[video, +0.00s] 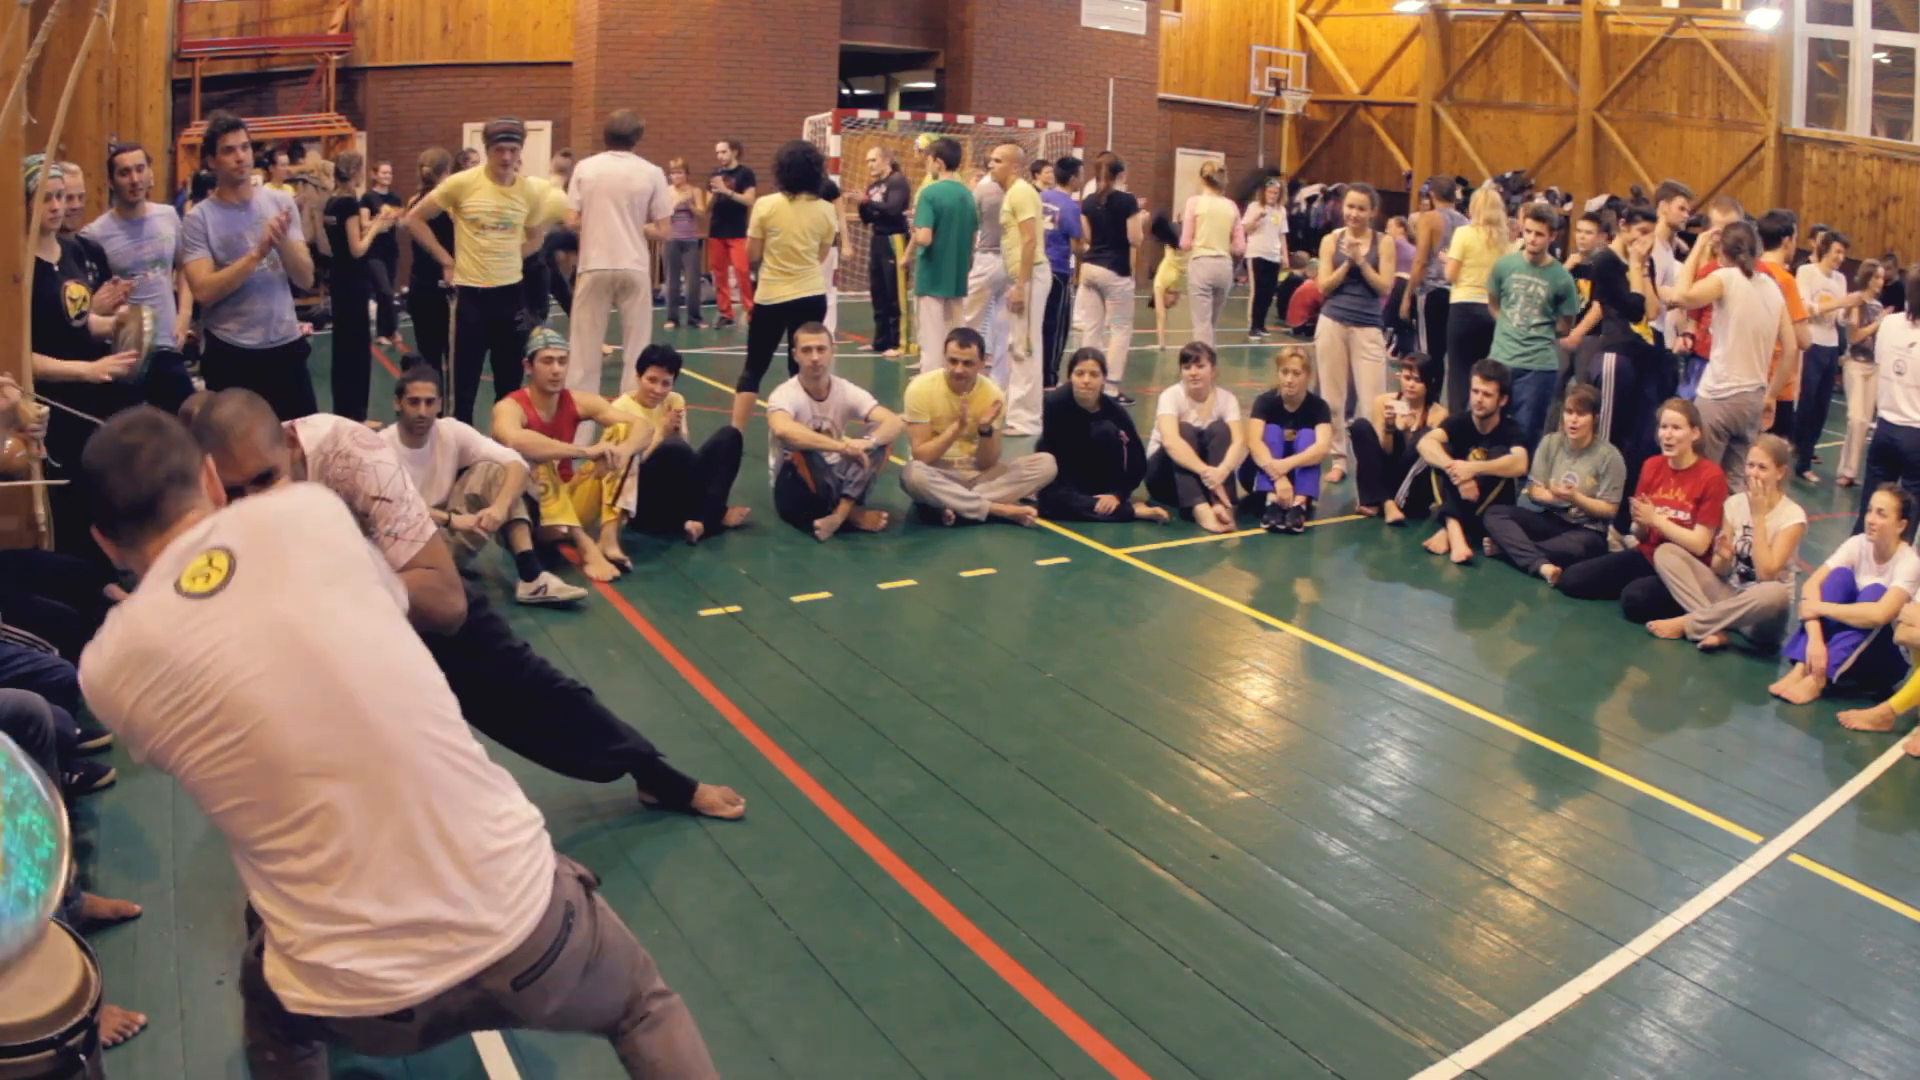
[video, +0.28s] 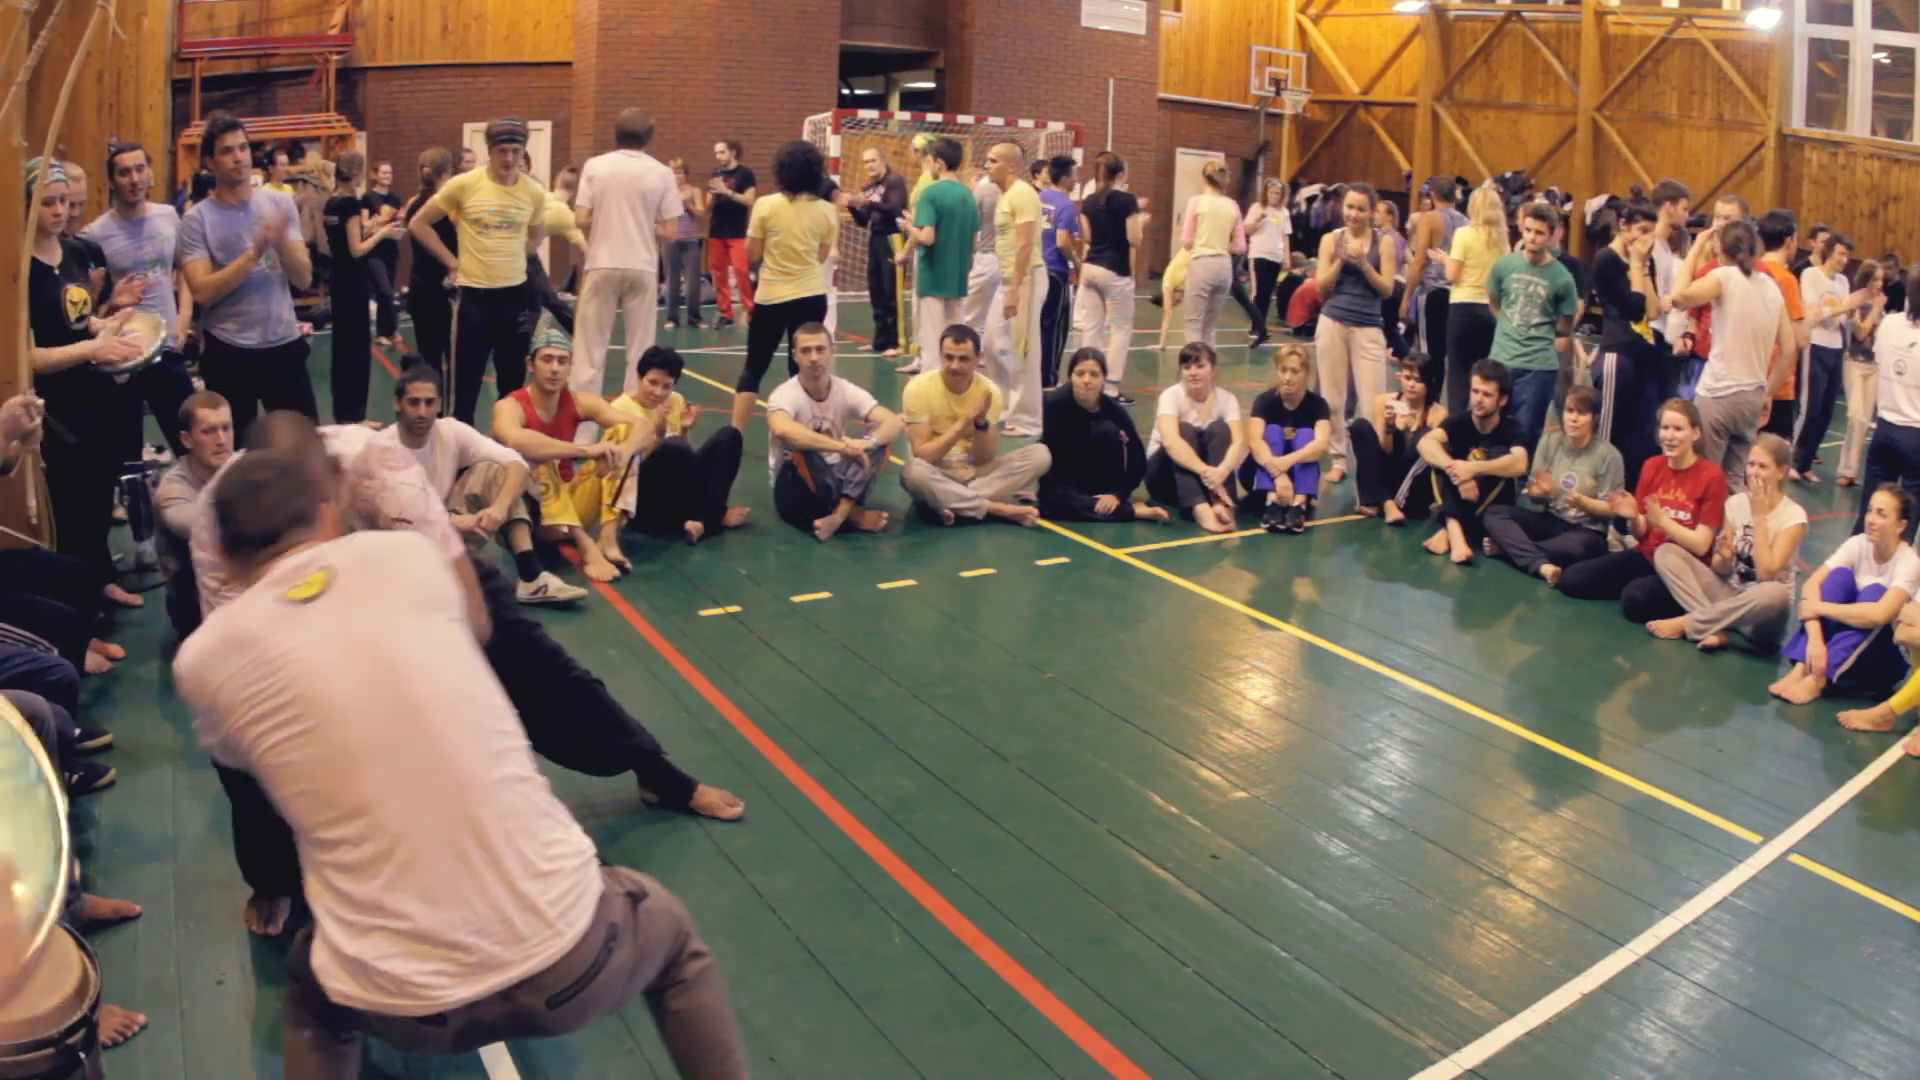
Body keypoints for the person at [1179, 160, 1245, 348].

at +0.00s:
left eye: (1201, 178)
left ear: (1202, 179)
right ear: (1223, 181)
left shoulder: (1193, 203)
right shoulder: (1232, 206)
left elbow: (1185, 243)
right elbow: (1239, 247)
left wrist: (1199, 241)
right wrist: (1222, 246)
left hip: (1200, 258)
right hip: (1224, 260)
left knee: (1202, 321)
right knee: (1211, 321)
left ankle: (1204, 368)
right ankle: (1205, 363)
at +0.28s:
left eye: (1203, 177)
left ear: (1204, 179)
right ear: (1225, 181)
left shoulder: (1195, 202)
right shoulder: (1233, 206)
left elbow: (1187, 239)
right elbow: (1240, 246)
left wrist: (1195, 247)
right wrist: (1220, 245)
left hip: (1201, 258)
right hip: (1224, 259)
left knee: (1193, 322)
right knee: (1210, 324)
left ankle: (1195, 369)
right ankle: (1208, 367)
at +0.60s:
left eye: (1201, 179)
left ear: (1202, 180)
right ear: (1223, 181)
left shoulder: (1193, 202)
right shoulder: (1230, 206)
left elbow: (1184, 240)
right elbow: (1237, 245)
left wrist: (1179, 255)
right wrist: (1217, 244)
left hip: (1198, 260)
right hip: (1222, 260)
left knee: (1181, 318)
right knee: (1206, 322)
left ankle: (1181, 366)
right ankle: (1203, 367)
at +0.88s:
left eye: (1190, 180)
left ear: (1191, 182)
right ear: (1211, 183)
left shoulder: (1184, 204)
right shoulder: (1221, 206)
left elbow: (1176, 242)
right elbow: (1228, 245)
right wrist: (1210, 249)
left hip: (1189, 258)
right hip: (1215, 259)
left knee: (1173, 318)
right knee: (1203, 321)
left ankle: (1157, 371)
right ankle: (1199, 371)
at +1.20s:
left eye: (1167, 182)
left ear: (1167, 183)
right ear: (1186, 184)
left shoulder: (1161, 206)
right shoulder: (1199, 205)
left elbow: (1157, 247)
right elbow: (1208, 244)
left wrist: (1159, 269)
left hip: (1173, 257)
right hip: (1197, 257)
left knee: (1166, 309)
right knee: (1192, 309)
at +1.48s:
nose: (1147, 208)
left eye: (1148, 204)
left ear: (1151, 205)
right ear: (1170, 204)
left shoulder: (1147, 227)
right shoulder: (1183, 222)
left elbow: (1143, 264)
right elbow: (1195, 255)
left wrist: (1132, 288)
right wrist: (1191, 270)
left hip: (1167, 273)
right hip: (1190, 272)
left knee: (1144, 323)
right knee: (1160, 325)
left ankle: (1152, 374)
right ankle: (1159, 374)